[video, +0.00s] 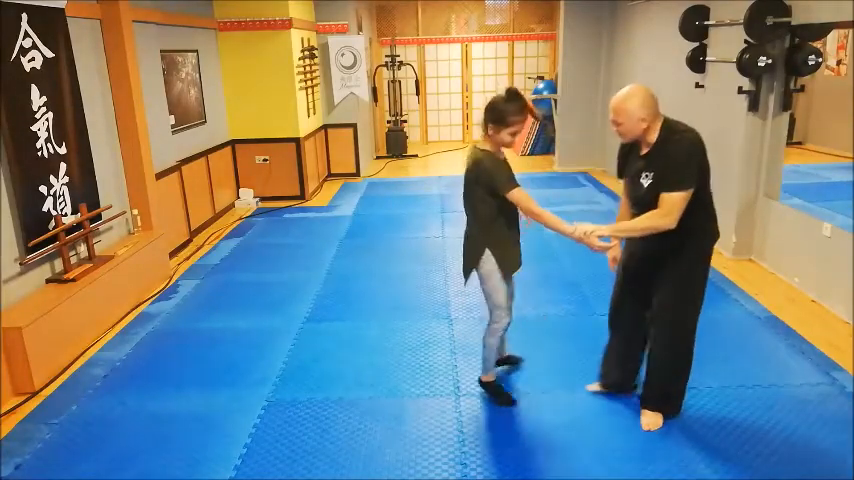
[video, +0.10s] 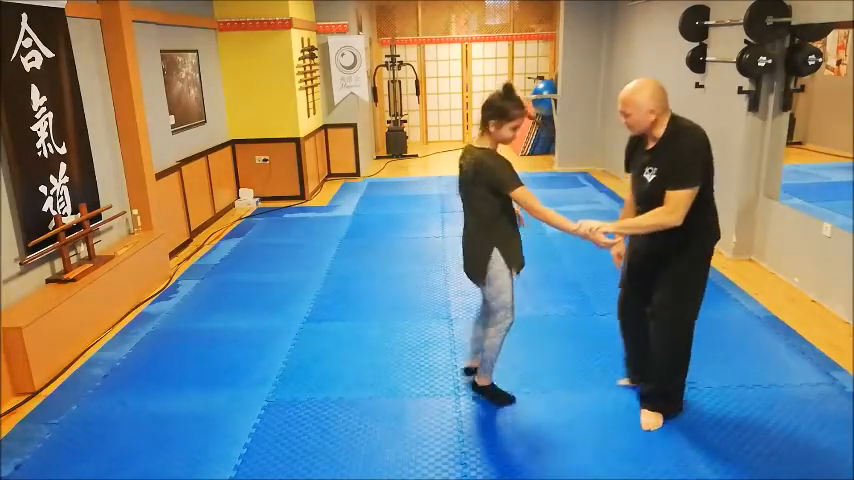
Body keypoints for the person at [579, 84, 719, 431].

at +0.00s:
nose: (615, 129)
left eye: (620, 123)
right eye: (613, 122)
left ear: (646, 120)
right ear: (633, 120)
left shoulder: (683, 145)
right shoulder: (630, 146)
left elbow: (669, 217)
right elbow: (628, 201)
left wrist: (606, 231)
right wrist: (617, 241)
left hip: (686, 244)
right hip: (645, 238)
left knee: (671, 321)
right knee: (626, 307)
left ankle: (658, 402)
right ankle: (617, 379)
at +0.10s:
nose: (622, 118)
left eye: (627, 112)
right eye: (621, 111)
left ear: (653, 112)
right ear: (647, 112)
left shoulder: (688, 143)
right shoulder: (637, 143)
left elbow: (674, 214)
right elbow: (633, 199)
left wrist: (611, 227)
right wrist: (621, 239)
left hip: (687, 245)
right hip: (649, 239)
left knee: (669, 317)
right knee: (632, 307)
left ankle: (661, 400)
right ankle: (641, 372)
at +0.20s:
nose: (631, 111)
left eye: (637, 105)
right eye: (631, 104)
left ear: (664, 106)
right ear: (651, 106)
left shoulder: (693, 141)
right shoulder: (643, 140)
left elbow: (675, 212)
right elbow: (641, 194)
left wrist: (618, 224)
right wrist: (622, 230)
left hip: (688, 244)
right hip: (652, 238)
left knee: (667, 320)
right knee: (643, 311)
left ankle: (657, 400)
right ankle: (675, 366)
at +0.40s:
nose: (646, 99)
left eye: (653, 94)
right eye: (647, 93)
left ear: (680, 99)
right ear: (670, 98)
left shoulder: (699, 140)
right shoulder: (661, 133)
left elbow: (669, 207)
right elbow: (654, 192)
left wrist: (614, 221)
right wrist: (626, 223)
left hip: (691, 238)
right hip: (661, 232)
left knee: (665, 311)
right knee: (676, 303)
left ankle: (657, 400)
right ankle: (693, 369)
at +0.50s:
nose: (653, 98)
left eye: (660, 92)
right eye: (654, 91)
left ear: (685, 97)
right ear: (678, 96)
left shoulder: (699, 139)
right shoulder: (672, 128)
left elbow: (665, 204)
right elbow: (659, 185)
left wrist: (611, 222)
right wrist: (634, 219)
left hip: (693, 240)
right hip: (668, 234)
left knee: (666, 310)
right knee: (682, 302)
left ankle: (658, 399)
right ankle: (694, 369)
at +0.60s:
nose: (658, 95)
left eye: (665, 89)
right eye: (659, 88)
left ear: (688, 95)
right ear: (685, 95)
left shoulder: (699, 137)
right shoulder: (686, 123)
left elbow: (659, 198)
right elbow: (670, 177)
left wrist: (608, 225)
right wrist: (647, 212)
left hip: (695, 237)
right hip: (677, 228)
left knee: (669, 311)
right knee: (687, 302)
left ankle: (659, 400)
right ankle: (697, 370)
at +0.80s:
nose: (664, 93)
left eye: (668, 88)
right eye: (665, 87)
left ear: (687, 92)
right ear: (695, 91)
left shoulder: (692, 135)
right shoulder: (718, 120)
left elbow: (649, 191)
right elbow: (709, 184)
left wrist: (604, 220)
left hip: (690, 234)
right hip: (711, 226)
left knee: (669, 311)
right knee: (696, 302)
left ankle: (659, 393)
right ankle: (697, 372)